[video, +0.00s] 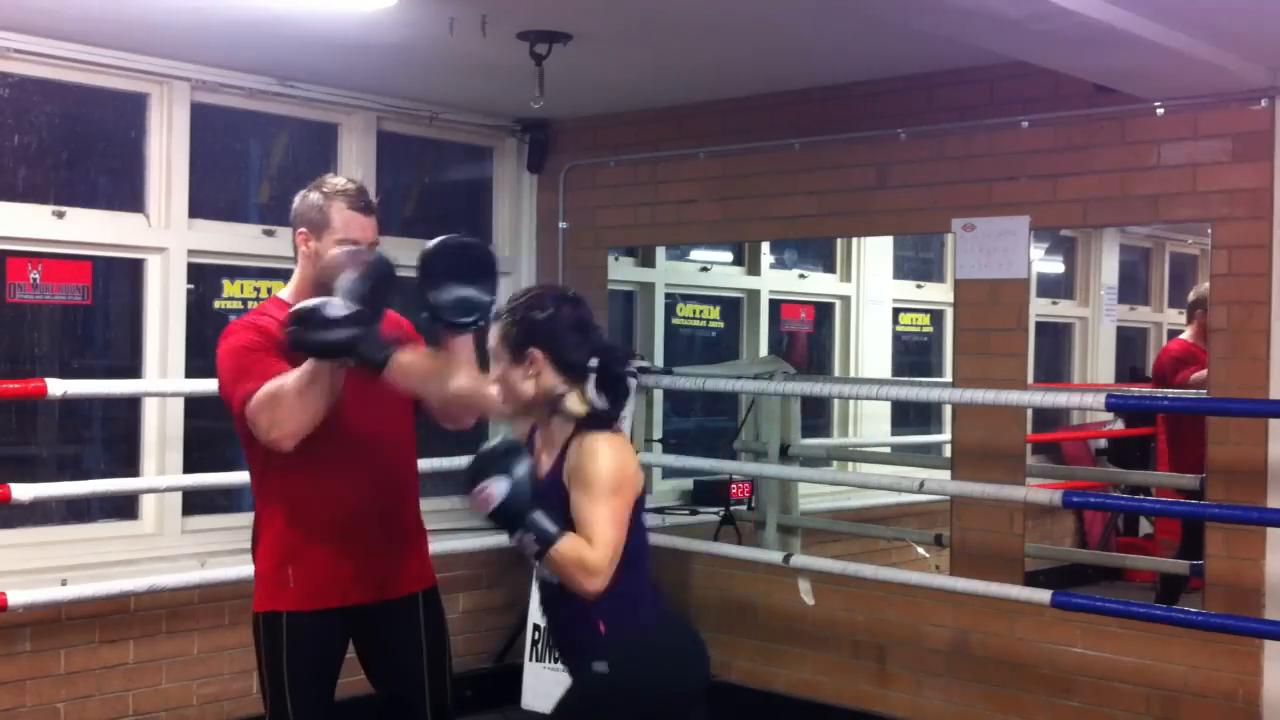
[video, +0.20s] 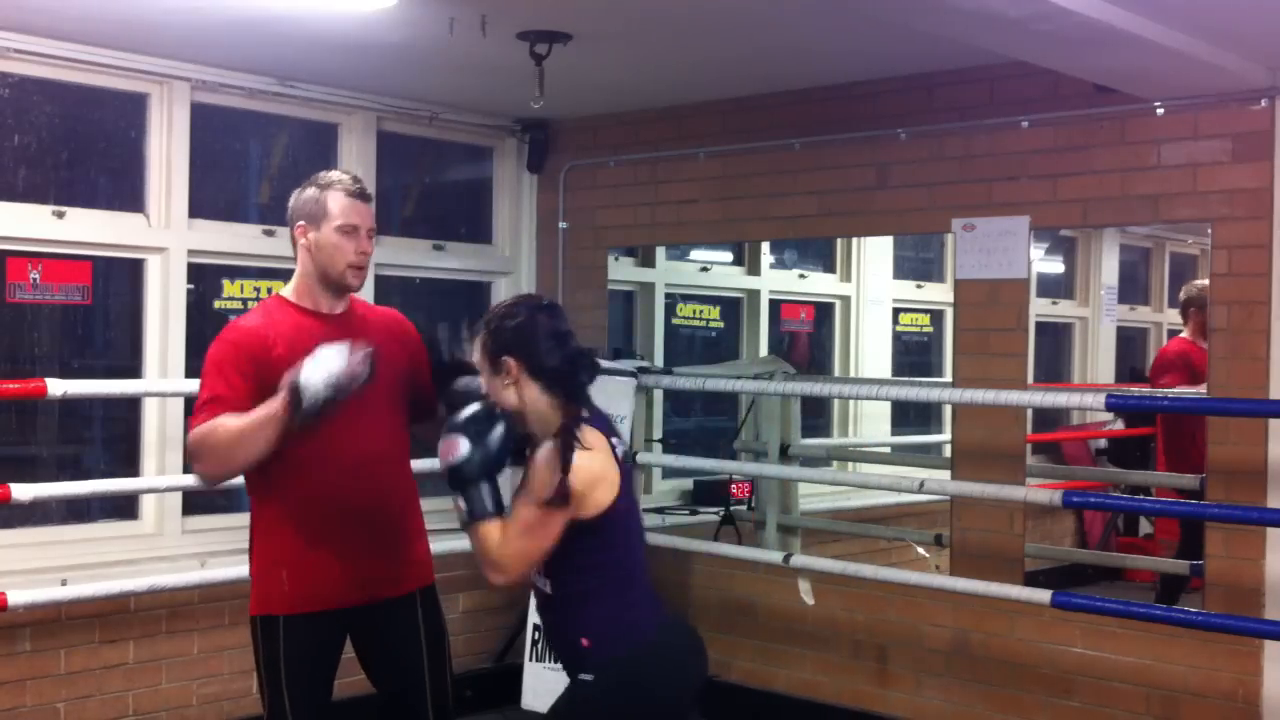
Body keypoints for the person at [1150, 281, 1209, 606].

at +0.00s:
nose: (1219, 320)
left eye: (1218, 313)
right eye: (1215, 313)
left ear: (1201, 314)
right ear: (1201, 313)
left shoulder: (1209, 353)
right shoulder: (1174, 353)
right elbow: (1183, 382)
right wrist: (1222, 367)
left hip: (1212, 461)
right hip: (1189, 463)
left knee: (1203, 538)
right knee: (1192, 538)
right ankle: (1164, 607)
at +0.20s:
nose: (1215, 317)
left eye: (1214, 310)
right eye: (1210, 310)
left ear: (1196, 312)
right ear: (1195, 312)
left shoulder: (1208, 352)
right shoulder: (1175, 354)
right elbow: (1169, 408)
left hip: (1208, 462)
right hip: (1187, 465)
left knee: (1200, 538)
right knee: (1191, 538)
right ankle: (1165, 607)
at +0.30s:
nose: (1221, 316)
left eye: (1219, 309)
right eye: (1215, 310)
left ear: (1199, 312)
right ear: (1199, 312)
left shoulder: (1209, 352)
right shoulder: (1180, 354)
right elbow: (1166, 412)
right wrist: (1209, 420)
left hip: (1205, 466)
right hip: (1187, 468)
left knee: (1198, 541)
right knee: (1190, 542)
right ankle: (1163, 610)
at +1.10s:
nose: (1233, 316)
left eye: (1233, 308)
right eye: (1227, 307)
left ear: (1209, 312)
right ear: (1212, 313)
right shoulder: (1188, 357)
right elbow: (1168, 414)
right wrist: (1206, 455)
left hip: (1210, 472)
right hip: (1190, 473)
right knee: (1189, 546)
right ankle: (1164, 612)